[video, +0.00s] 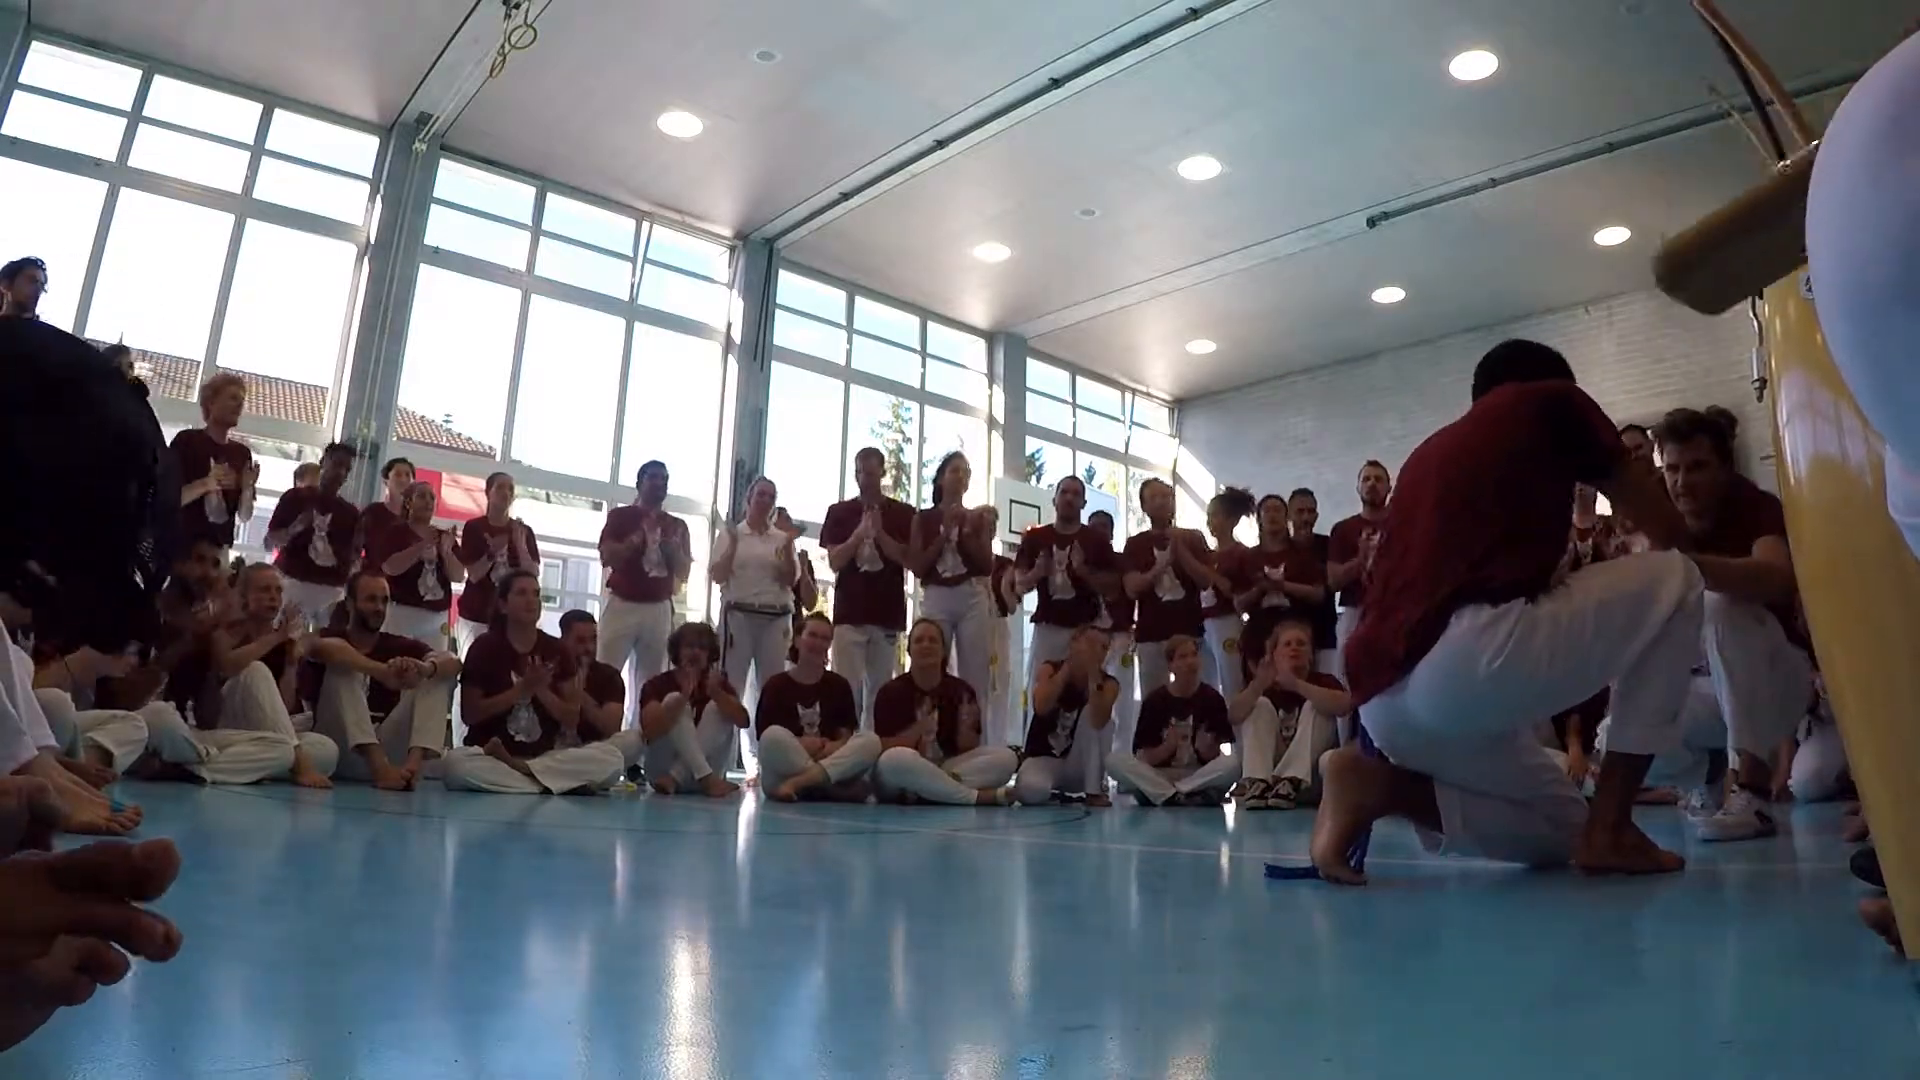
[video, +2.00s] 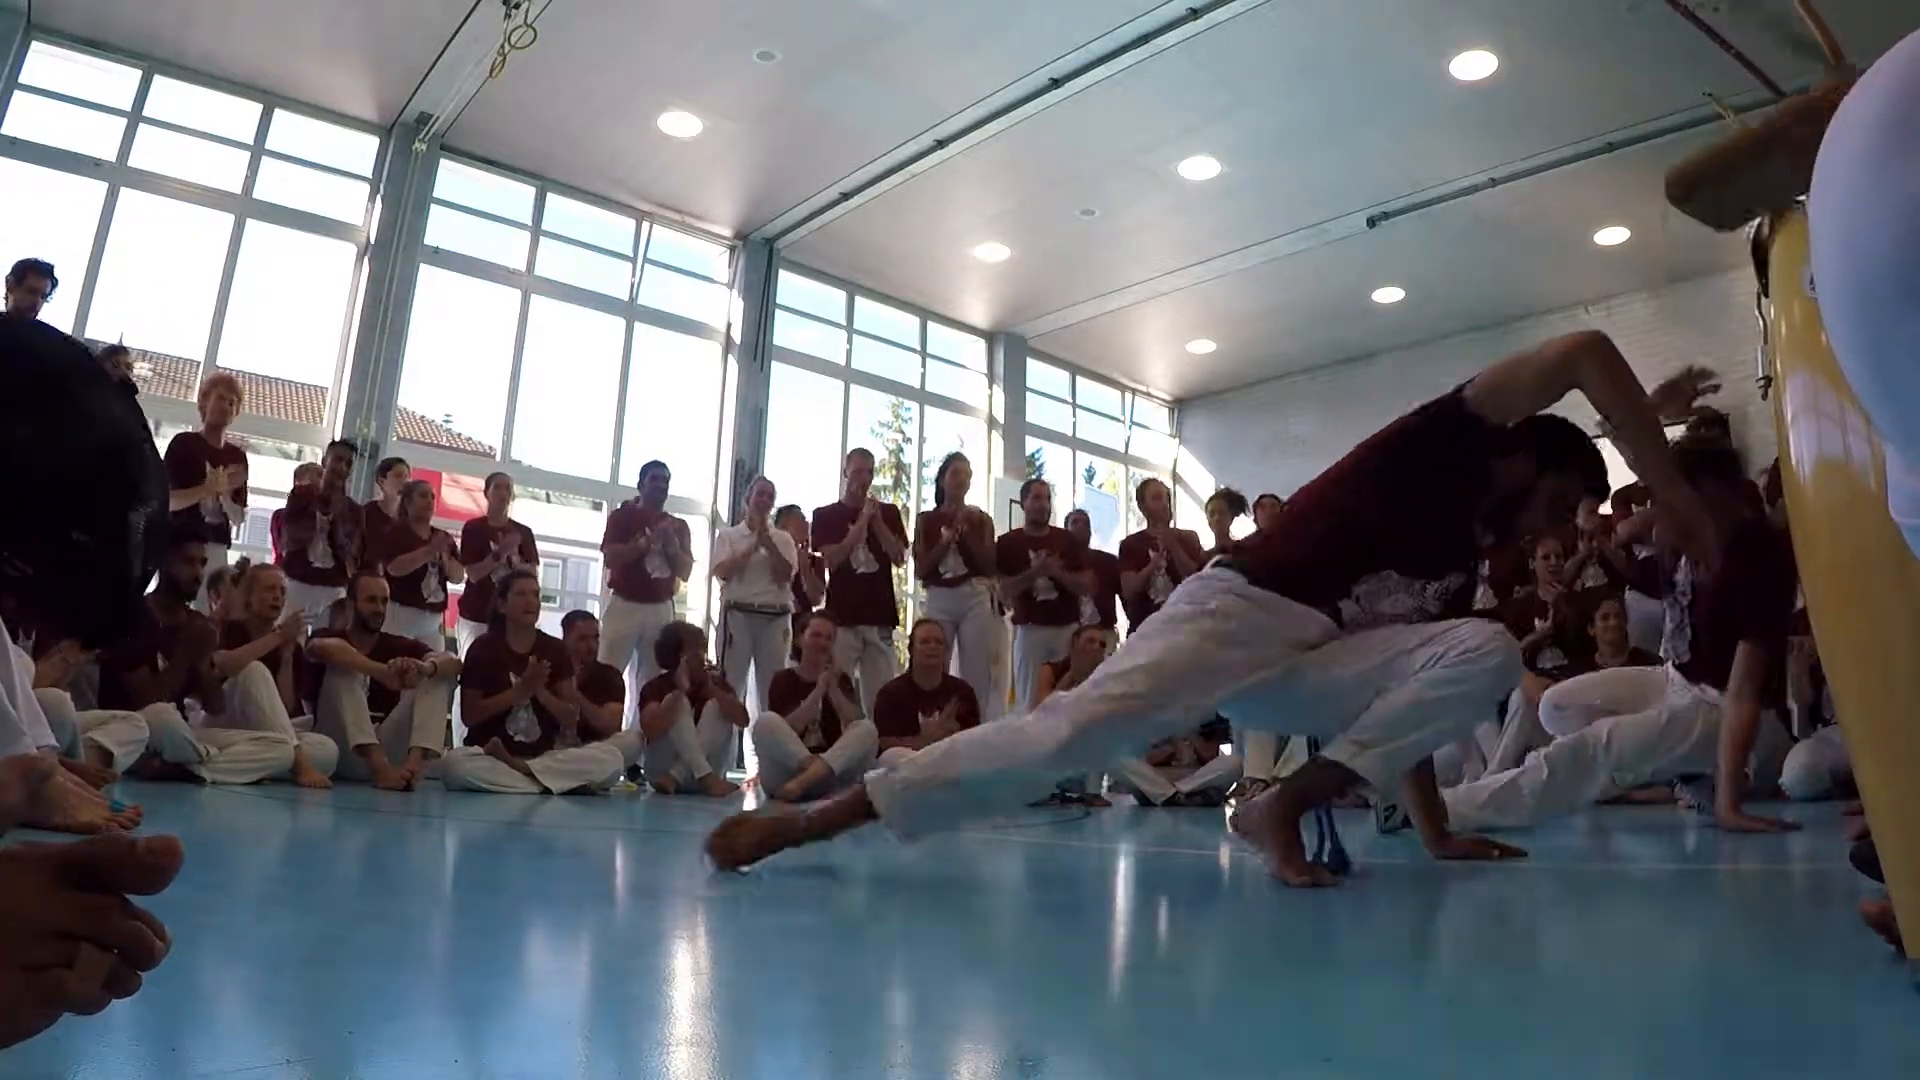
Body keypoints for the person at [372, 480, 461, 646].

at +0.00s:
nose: (428, 502)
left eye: (432, 497)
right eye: (422, 496)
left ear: (435, 503)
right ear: (408, 502)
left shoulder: (444, 537)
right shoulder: (397, 532)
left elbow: (459, 576)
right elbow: (389, 568)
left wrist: (447, 552)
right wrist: (419, 549)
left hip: (437, 613)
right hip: (402, 610)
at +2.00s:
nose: (430, 502)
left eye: (432, 497)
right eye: (423, 496)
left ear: (435, 502)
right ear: (407, 502)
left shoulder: (442, 537)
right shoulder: (396, 532)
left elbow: (457, 577)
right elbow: (394, 568)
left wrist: (445, 554)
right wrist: (431, 549)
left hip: (433, 613)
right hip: (401, 610)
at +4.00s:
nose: (423, 501)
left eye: (426, 496)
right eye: (415, 497)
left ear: (431, 501)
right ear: (402, 504)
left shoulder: (441, 533)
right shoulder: (395, 531)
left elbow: (457, 575)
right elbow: (392, 568)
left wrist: (441, 555)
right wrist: (428, 549)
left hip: (434, 614)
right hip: (400, 611)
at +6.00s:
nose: (426, 502)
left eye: (429, 497)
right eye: (419, 496)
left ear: (433, 502)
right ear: (406, 502)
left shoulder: (440, 535)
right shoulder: (394, 531)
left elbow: (457, 577)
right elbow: (390, 569)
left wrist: (448, 555)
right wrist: (426, 547)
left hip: (434, 614)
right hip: (401, 610)